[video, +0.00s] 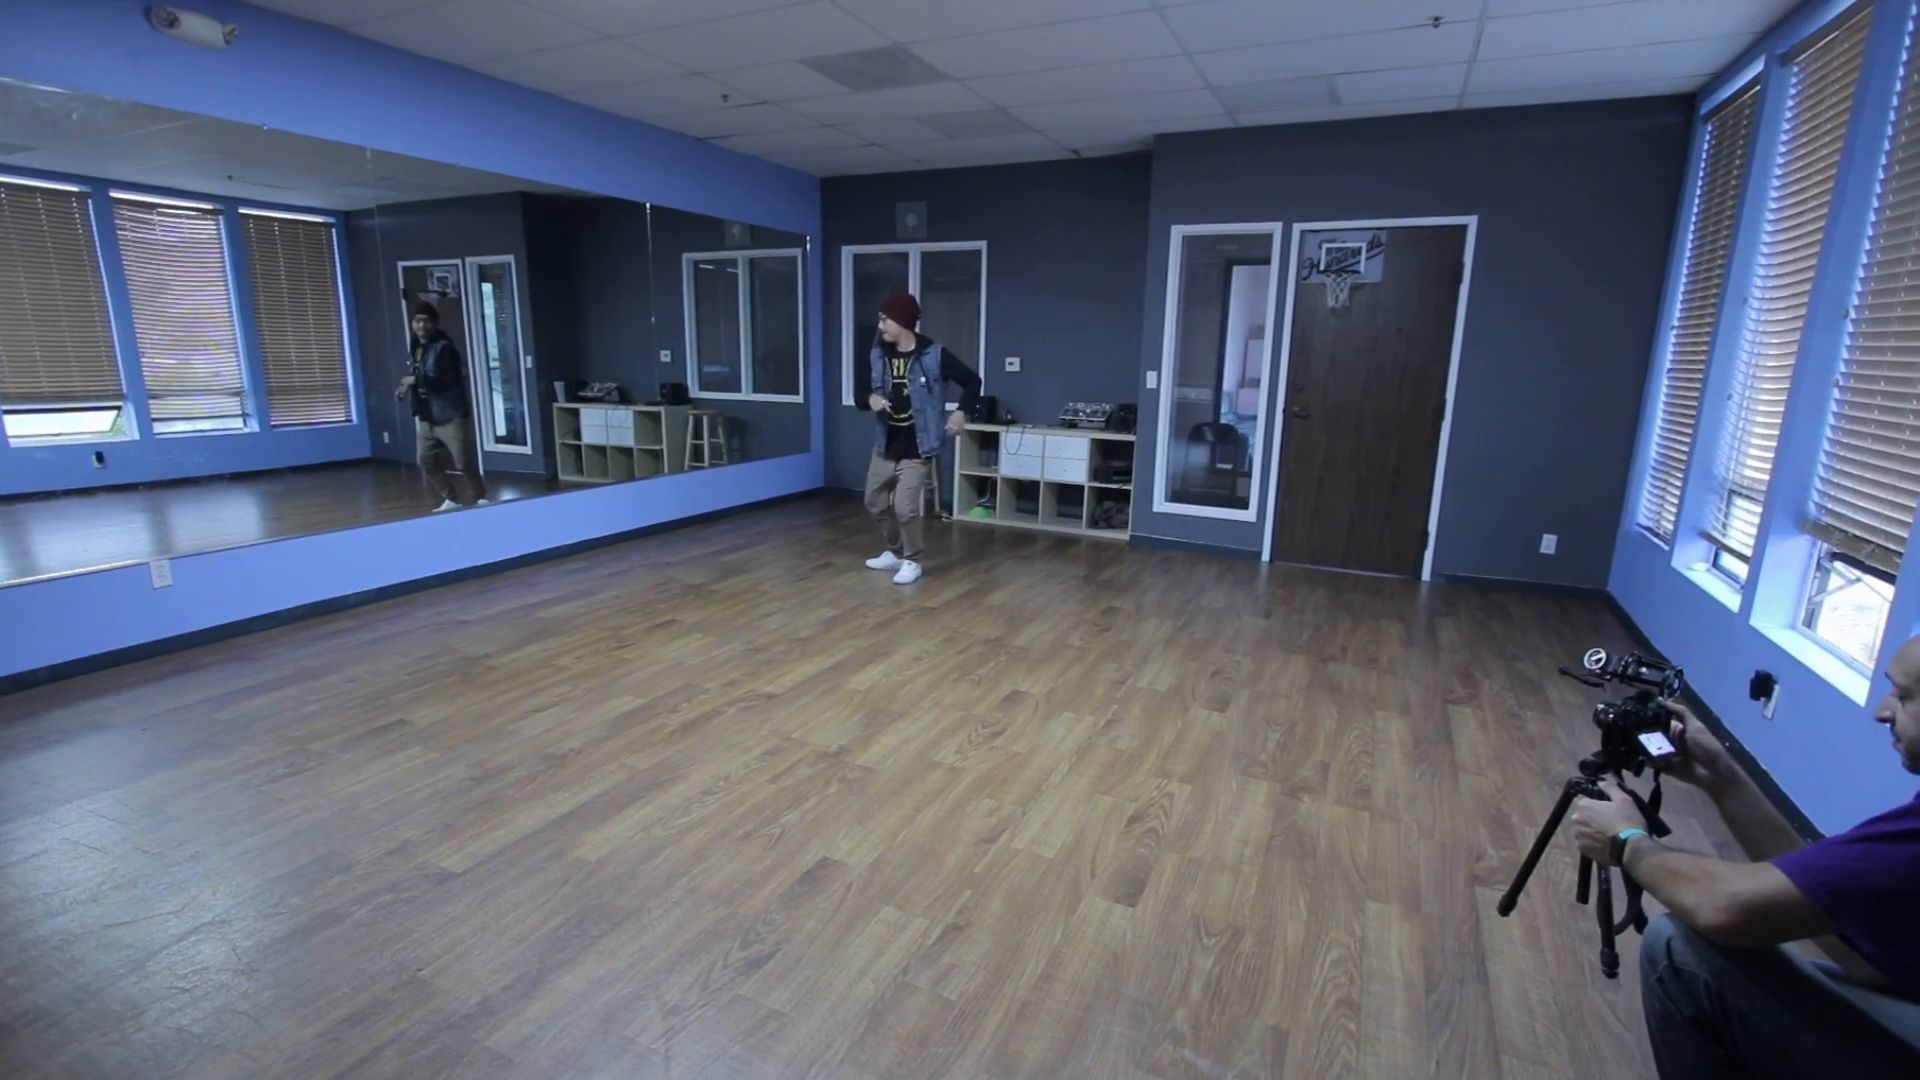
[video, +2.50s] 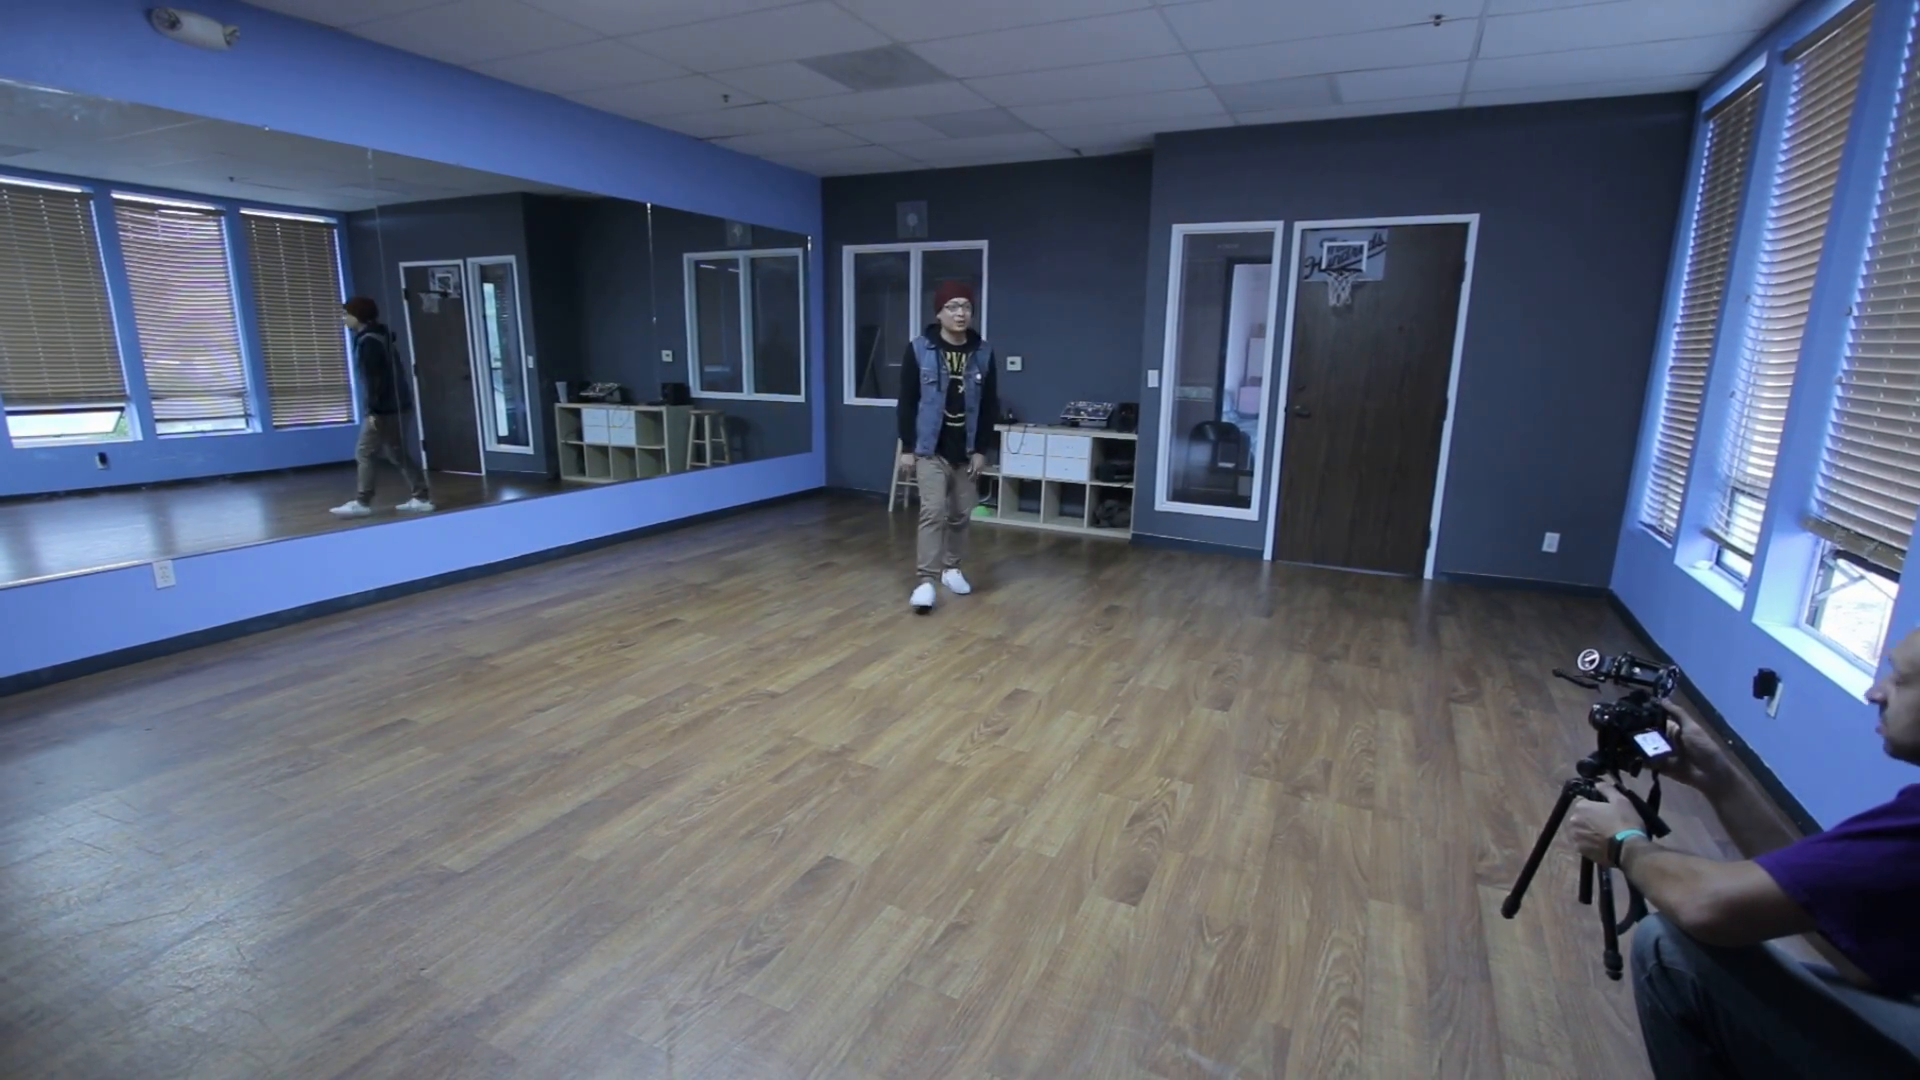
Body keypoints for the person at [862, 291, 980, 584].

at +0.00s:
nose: (880, 324)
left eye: (886, 319)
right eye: (880, 319)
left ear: (904, 323)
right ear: (895, 323)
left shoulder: (934, 354)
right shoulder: (878, 354)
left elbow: (973, 382)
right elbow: (861, 394)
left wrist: (962, 412)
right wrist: (871, 399)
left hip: (918, 447)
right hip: (886, 445)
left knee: (904, 507)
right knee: (875, 501)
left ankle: (912, 561)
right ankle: (895, 552)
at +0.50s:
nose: (899, 310)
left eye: (905, 304)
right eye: (893, 304)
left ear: (916, 307)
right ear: (886, 308)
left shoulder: (933, 341)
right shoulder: (873, 340)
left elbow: (938, 390)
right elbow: (865, 386)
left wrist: (919, 427)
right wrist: (863, 427)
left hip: (917, 433)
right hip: (879, 432)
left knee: (914, 497)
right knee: (874, 490)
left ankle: (914, 556)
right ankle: (889, 551)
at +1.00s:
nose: (895, 306)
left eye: (901, 300)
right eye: (889, 301)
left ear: (910, 306)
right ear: (880, 308)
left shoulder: (927, 342)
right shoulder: (866, 345)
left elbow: (944, 387)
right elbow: (851, 390)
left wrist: (955, 428)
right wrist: (837, 432)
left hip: (926, 438)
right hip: (887, 440)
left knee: (936, 500)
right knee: (893, 504)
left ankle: (947, 558)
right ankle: (898, 561)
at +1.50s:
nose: (921, 305)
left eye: (927, 300)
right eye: (914, 300)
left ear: (936, 306)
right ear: (906, 308)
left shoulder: (952, 344)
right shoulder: (889, 343)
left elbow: (962, 392)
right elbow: (892, 393)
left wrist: (958, 433)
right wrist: (924, 422)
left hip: (943, 438)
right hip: (904, 437)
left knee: (946, 505)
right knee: (902, 502)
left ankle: (950, 564)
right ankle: (898, 560)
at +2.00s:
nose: (968, 314)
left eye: (973, 308)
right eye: (961, 308)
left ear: (979, 315)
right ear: (948, 314)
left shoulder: (990, 355)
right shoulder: (927, 348)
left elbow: (1004, 400)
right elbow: (905, 394)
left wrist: (1018, 439)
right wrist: (888, 437)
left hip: (967, 451)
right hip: (928, 448)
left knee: (963, 516)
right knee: (909, 508)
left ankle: (952, 570)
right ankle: (891, 565)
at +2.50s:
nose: (960, 313)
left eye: (966, 308)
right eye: (953, 307)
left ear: (972, 314)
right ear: (939, 313)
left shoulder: (983, 354)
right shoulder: (919, 349)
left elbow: (989, 405)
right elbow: (907, 400)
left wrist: (983, 449)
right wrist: (907, 447)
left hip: (967, 450)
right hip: (930, 447)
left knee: (960, 515)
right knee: (933, 513)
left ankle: (951, 568)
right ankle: (927, 579)